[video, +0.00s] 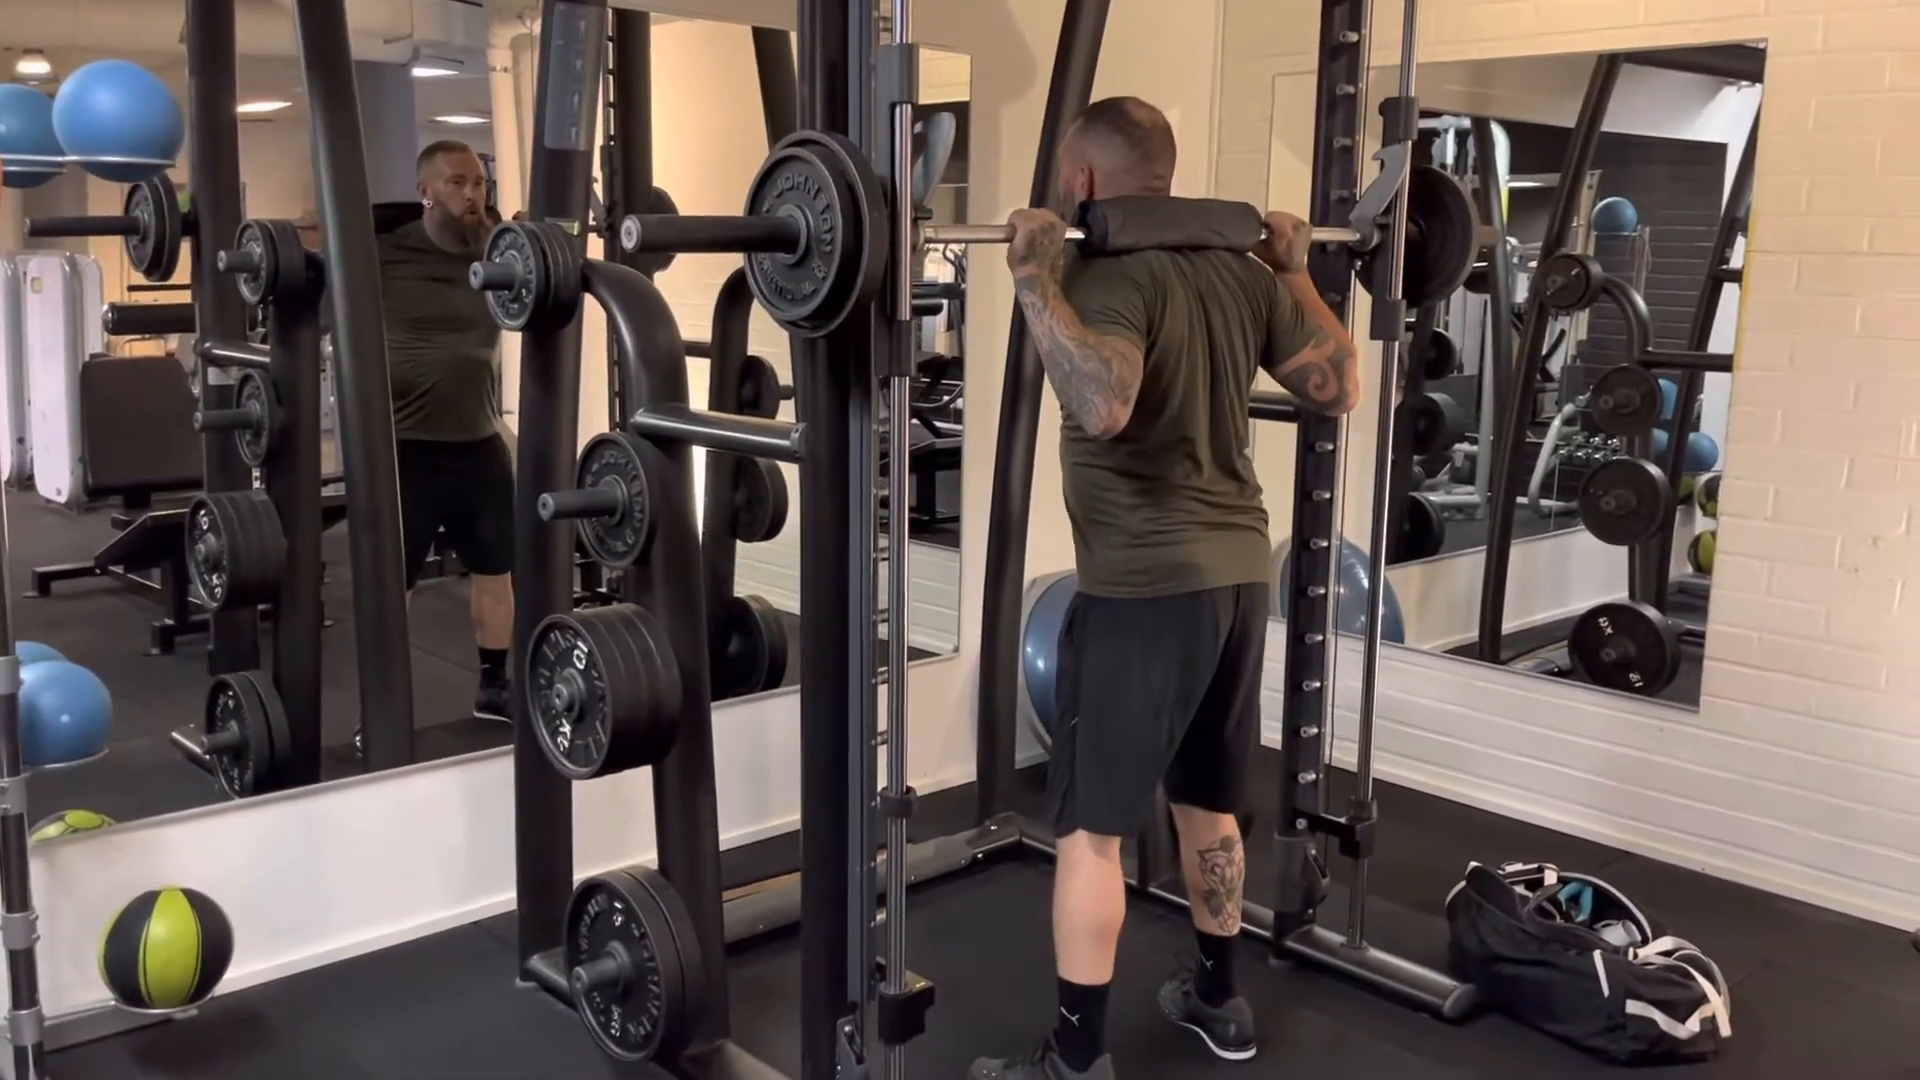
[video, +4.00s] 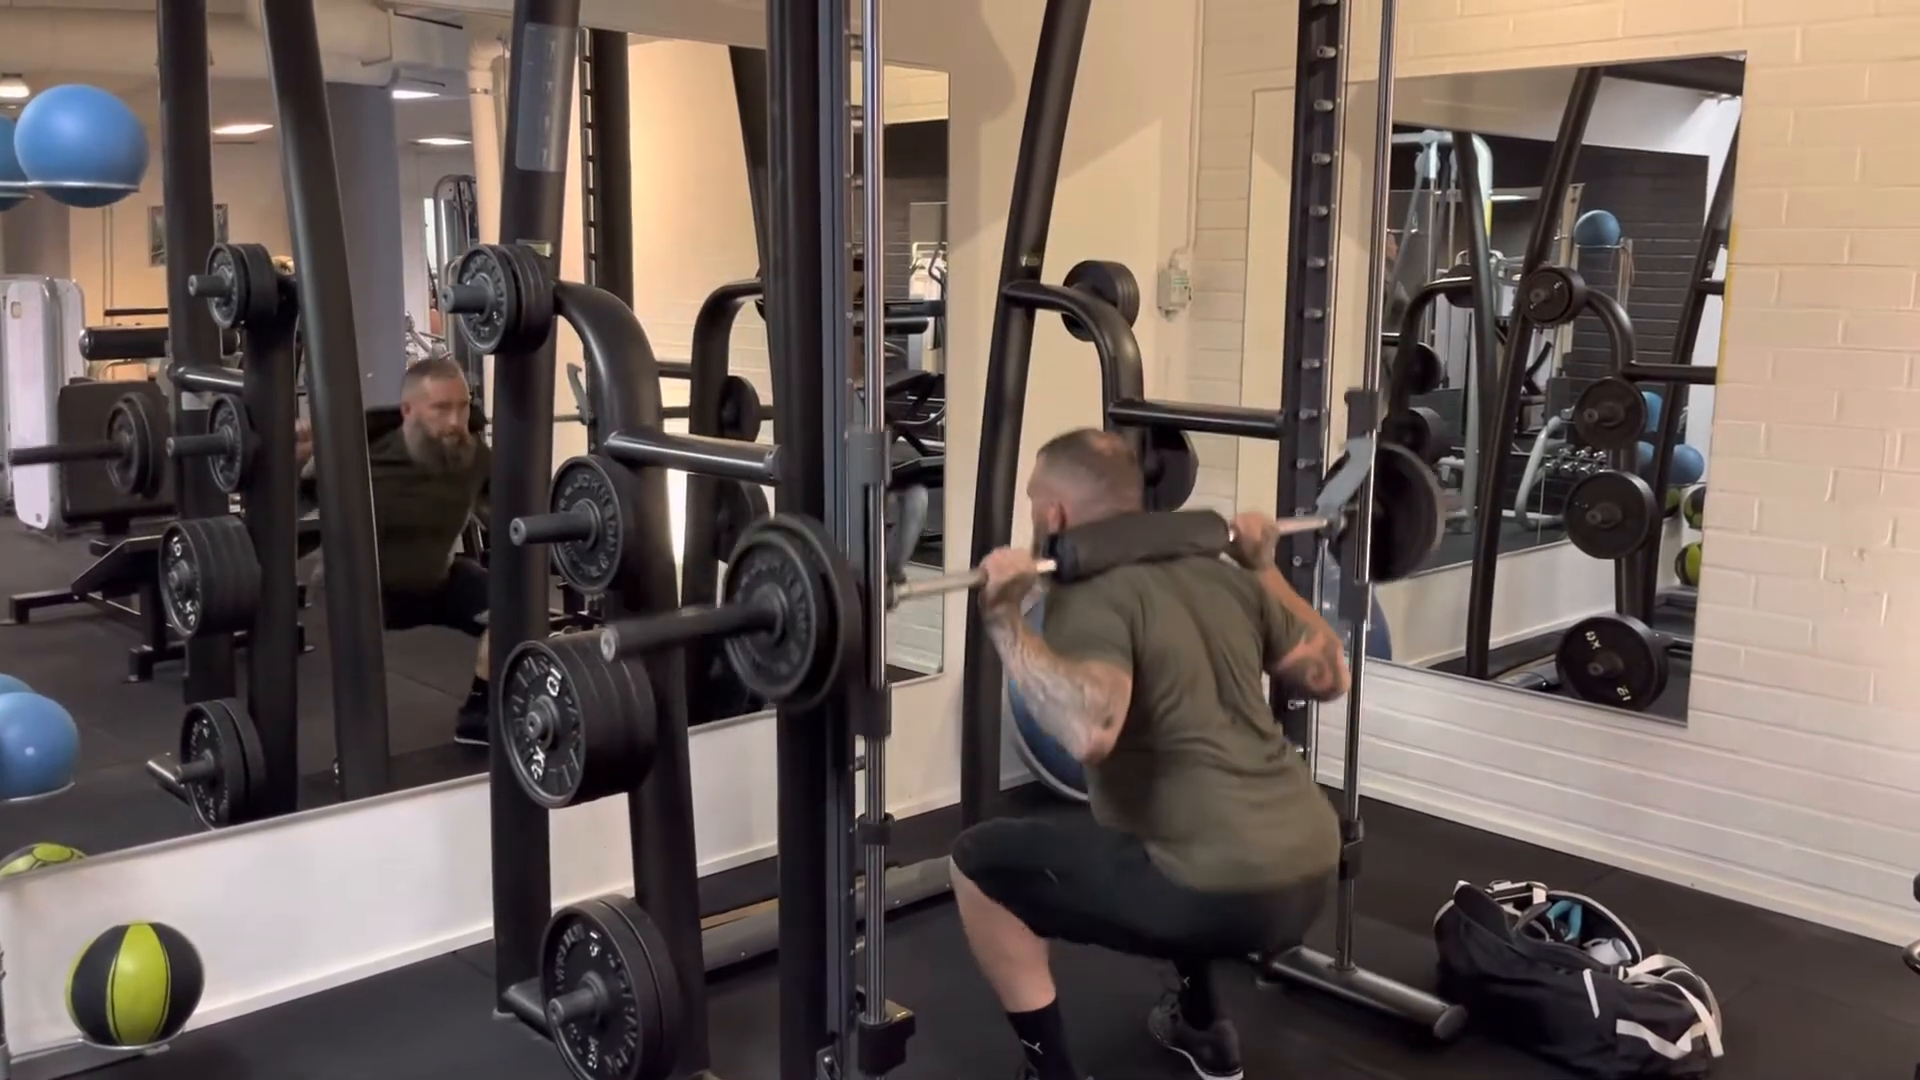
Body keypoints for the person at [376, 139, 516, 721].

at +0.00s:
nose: (474, 193)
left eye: (480, 182)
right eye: (459, 182)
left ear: (487, 190)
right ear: (426, 190)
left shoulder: (493, 255)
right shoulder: (378, 256)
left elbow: (543, 273)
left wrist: (496, 232)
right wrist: (298, 248)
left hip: (479, 441)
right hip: (401, 444)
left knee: (496, 563)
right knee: (388, 578)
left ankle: (496, 684)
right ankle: (378, 699)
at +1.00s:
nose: (465, 429)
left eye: (473, 415)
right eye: (451, 416)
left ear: (481, 414)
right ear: (419, 419)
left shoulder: (488, 464)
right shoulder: (375, 474)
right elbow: (296, 525)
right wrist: (300, 477)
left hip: (451, 584)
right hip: (385, 590)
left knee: (521, 577)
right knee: (368, 612)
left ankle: (489, 685)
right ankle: (366, 723)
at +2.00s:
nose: (454, 216)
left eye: (460, 203)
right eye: (439, 204)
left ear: (466, 207)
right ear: (406, 209)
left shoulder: (472, 270)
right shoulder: (360, 272)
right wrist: (275, 262)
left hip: (453, 451)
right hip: (380, 455)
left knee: (480, 568)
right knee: (365, 590)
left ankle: (482, 696)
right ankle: (360, 714)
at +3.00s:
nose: (456, 270)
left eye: (462, 259)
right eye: (442, 260)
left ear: (469, 261)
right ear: (410, 265)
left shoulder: (471, 326)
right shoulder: (365, 322)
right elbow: (297, 362)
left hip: (445, 488)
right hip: (377, 491)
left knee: (505, 563)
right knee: (357, 604)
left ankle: (484, 700)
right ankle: (360, 725)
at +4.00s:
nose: (456, 421)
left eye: (463, 407)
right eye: (442, 409)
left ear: (471, 406)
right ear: (408, 411)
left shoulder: (476, 460)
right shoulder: (365, 462)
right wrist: (290, 462)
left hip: (433, 584)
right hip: (361, 589)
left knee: (509, 596)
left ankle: (481, 708)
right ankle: (356, 738)